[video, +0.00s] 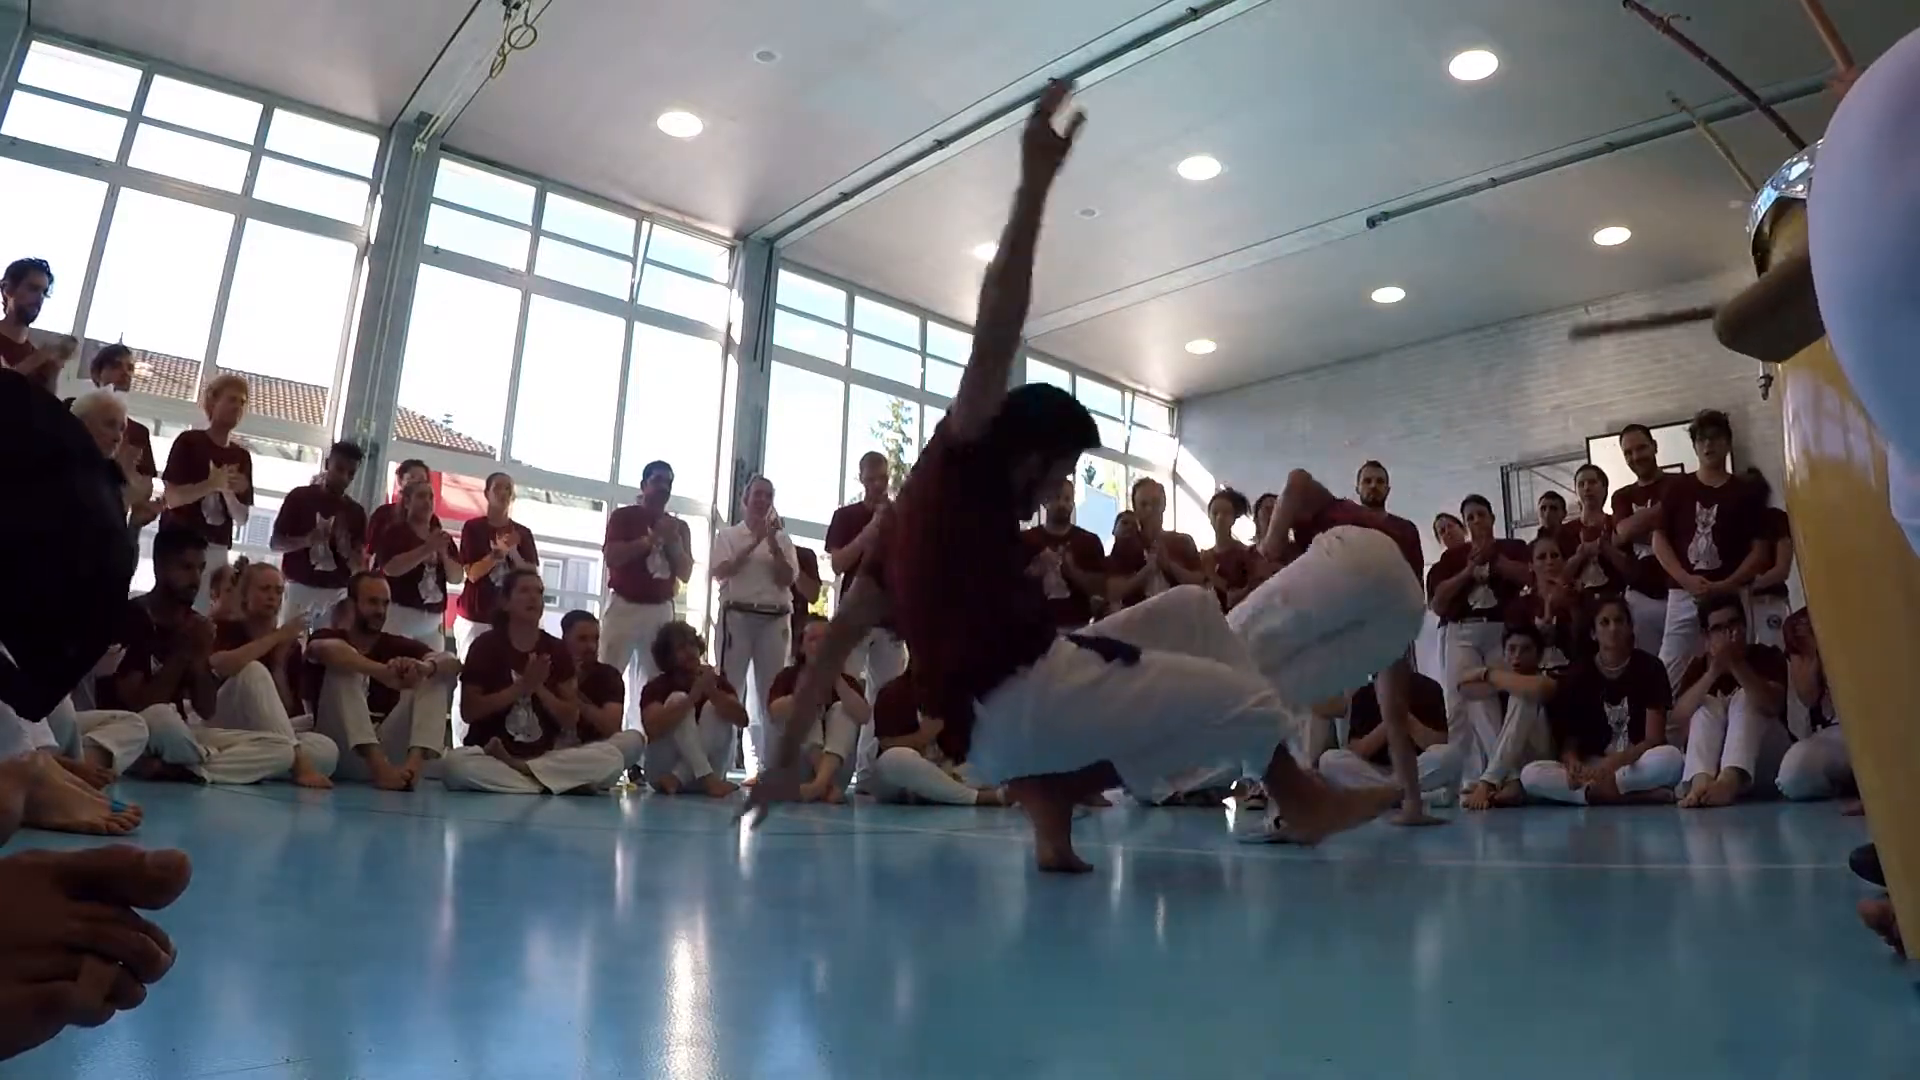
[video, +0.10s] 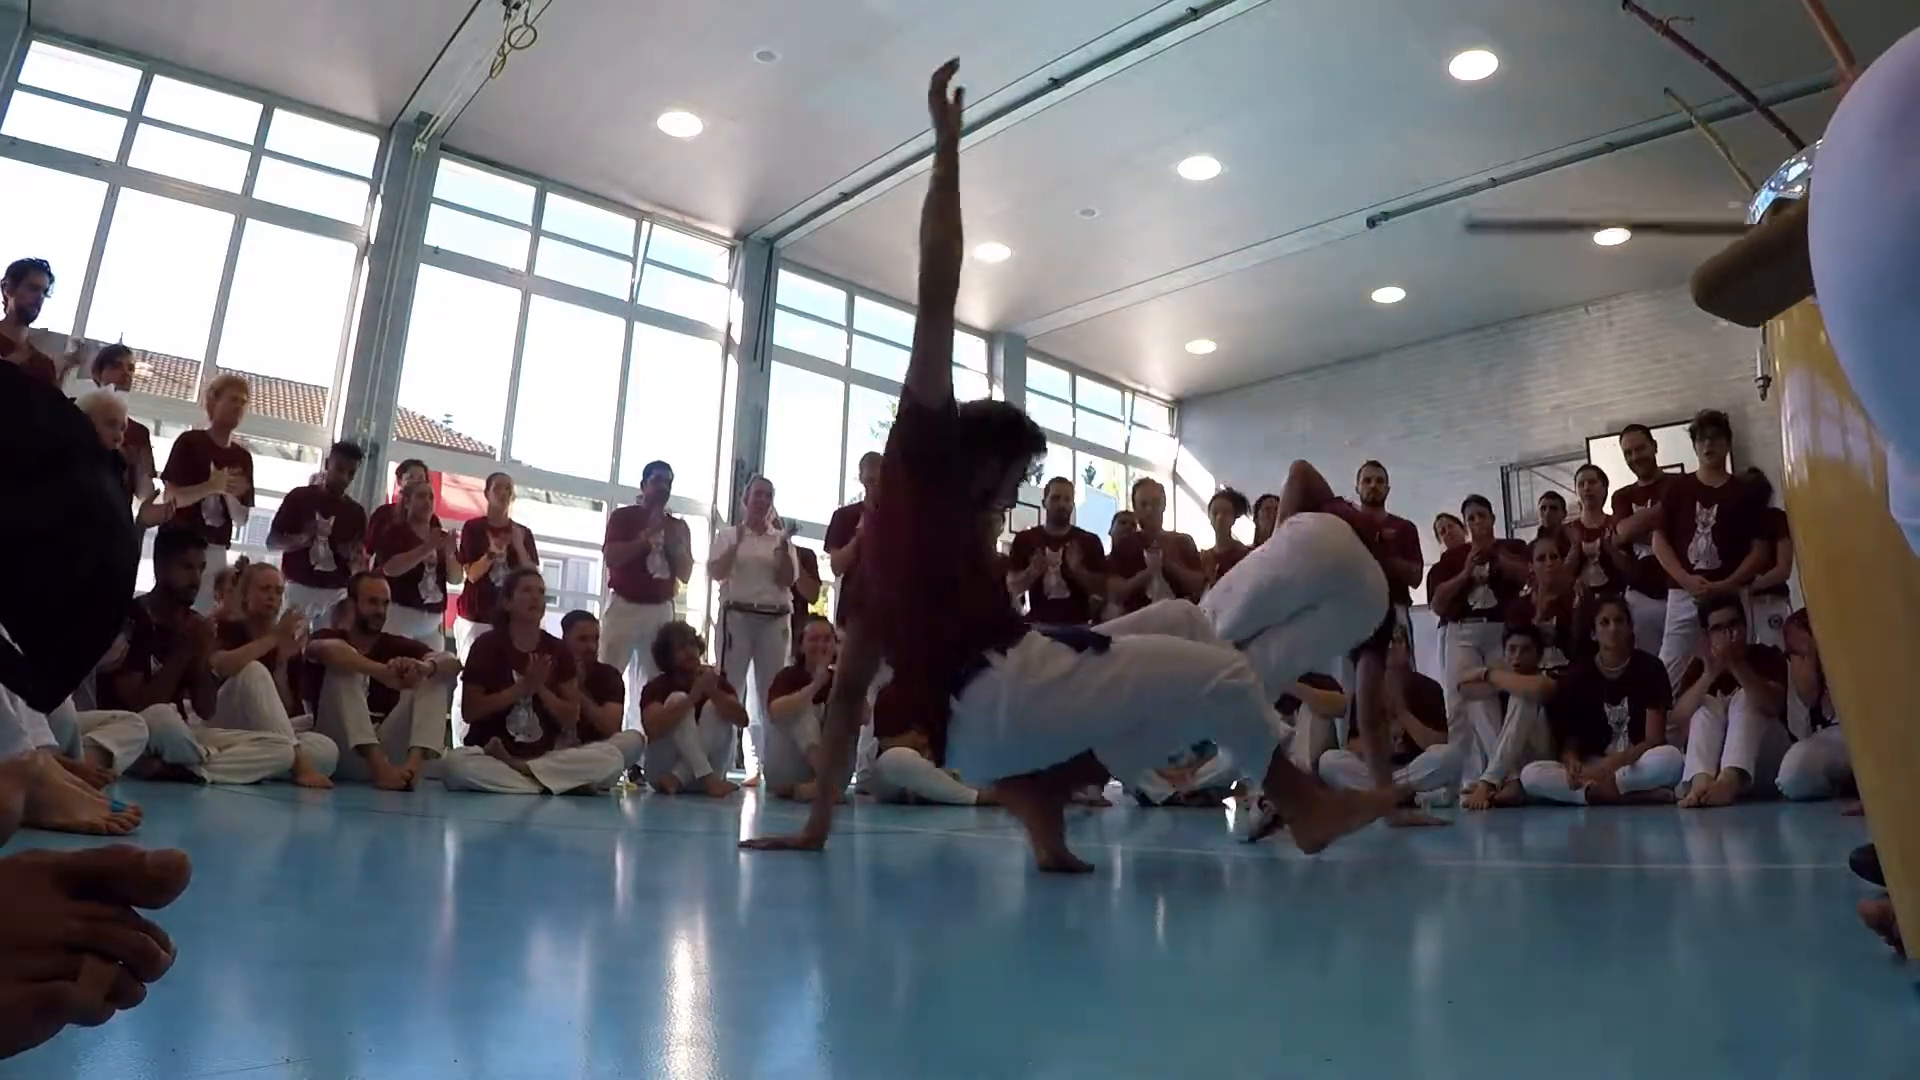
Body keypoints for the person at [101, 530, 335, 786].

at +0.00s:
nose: (196, 578)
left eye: (200, 568)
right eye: (186, 568)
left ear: (205, 569)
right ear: (159, 567)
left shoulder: (198, 625)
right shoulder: (130, 615)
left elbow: (206, 709)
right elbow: (136, 703)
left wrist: (201, 653)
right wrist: (180, 653)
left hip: (186, 731)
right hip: (137, 732)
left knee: (284, 750)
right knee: (161, 717)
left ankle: (184, 772)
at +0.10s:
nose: (196, 578)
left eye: (200, 569)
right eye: (185, 567)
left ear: (205, 571)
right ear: (159, 568)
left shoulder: (198, 625)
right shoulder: (130, 616)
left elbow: (206, 709)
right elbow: (138, 703)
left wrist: (202, 651)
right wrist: (183, 650)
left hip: (181, 731)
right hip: (129, 732)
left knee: (283, 752)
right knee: (162, 717)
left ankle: (181, 771)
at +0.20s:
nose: (197, 578)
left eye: (201, 568)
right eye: (187, 568)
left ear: (206, 569)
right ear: (160, 567)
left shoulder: (196, 624)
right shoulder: (129, 615)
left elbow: (204, 709)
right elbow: (133, 704)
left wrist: (205, 651)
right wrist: (183, 650)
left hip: (182, 731)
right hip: (130, 732)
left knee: (283, 753)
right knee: (161, 716)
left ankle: (179, 771)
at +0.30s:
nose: (196, 578)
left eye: (201, 568)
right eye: (186, 567)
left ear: (206, 568)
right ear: (160, 566)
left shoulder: (197, 624)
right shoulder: (126, 617)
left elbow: (207, 709)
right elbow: (133, 703)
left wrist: (198, 661)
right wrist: (186, 654)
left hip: (181, 731)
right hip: (130, 731)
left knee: (282, 751)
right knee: (161, 716)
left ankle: (180, 771)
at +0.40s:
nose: (197, 578)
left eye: (202, 568)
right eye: (187, 567)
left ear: (206, 570)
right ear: (160, 567)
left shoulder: (199, 625)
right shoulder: (128, 617)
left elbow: (207, 710)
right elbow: (134, 703)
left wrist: (198, 662)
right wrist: (187, 654)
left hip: (186, 731)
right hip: (132, 731)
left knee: (284, 753)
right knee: (160, 716)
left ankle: (180, 772)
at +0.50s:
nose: (197, 578)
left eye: (201, 568)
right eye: (187, 567)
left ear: (205, 568)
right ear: (161, 567)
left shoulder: (197, 624)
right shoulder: (129, 616)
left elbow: (206, 709)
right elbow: (134, 703)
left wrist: (201, 652)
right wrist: (184, 651)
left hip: (181, 731)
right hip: (129, 731)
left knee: (283, 752)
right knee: (162, 716)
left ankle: (182, 771)